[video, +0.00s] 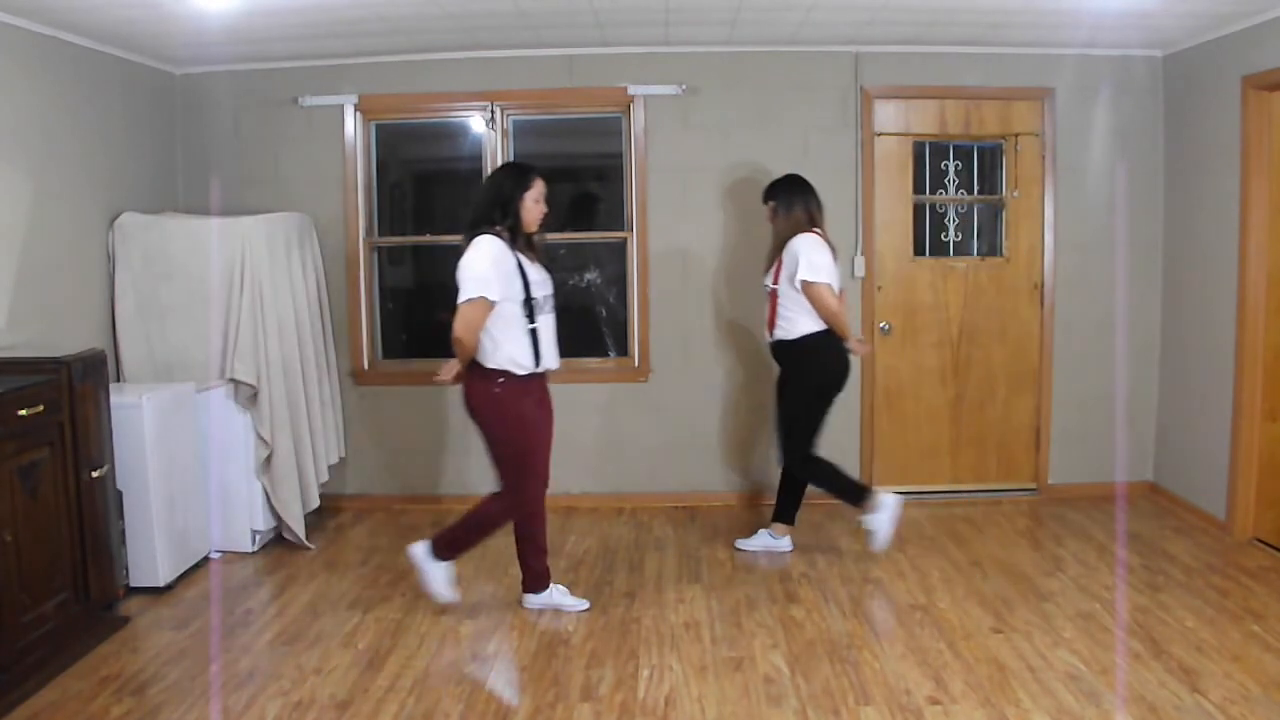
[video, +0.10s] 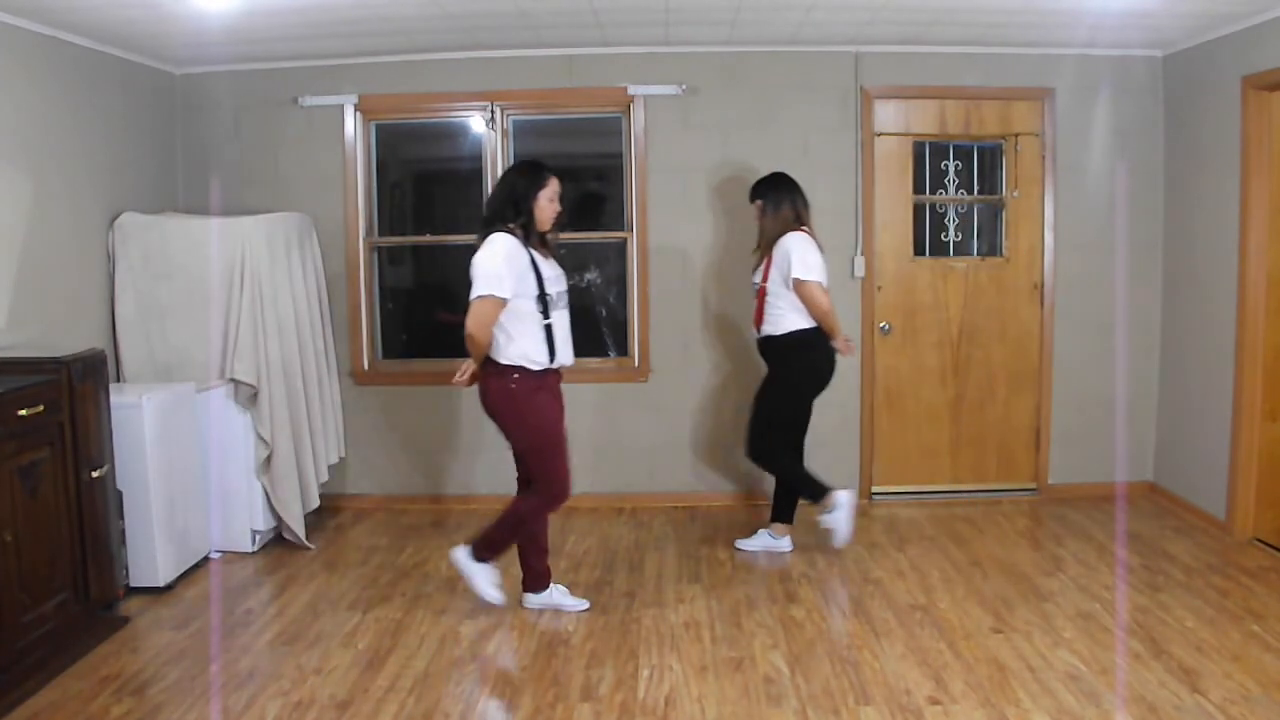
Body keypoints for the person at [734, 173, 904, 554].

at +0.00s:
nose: (769, 219)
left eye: (773, 211)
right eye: (769, 212)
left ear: (790, 209)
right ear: (804, 208)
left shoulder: (805, 244)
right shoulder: (808, 244)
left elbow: (821, 296)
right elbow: (837, 294)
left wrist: (847, 337)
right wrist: (844, 335)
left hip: (811, 355)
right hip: (807, 355)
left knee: (797, 453)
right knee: (796, 451)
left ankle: (874, 504)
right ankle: (779, 530)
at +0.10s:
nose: (757, 217)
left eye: (761, 209)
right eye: (756, 210)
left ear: (778, 207)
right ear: (788, 205)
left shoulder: (794, 242)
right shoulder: (783, 245)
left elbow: (811, 293)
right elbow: (806, 295)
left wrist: (836, 334)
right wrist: (835, 334)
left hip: (799, 352)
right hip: (792, 351)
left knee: (762, 445)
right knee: (787, 444)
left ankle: (830, 500)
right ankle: (779, 529)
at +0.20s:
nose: (744, 217)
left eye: (748, 209)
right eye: (743, 209)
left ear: (765, 207)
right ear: (775, 206)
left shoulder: (783, 242)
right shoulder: (772, 245)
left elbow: (801, 293)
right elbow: (795, 295)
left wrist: (825, 335)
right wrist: (824, 335)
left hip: (785, 352)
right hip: (782, 351)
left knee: (739, 439)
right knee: (782, 442)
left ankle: (799, 502)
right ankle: (778, 529)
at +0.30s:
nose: (731, 218)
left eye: (734, 209)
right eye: (730, 210)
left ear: (751, 208)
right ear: (761, 207)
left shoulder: (770, 243)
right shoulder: (762, 246)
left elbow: (791, 296)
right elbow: (786, 298)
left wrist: (812, 337)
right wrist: (812, 336)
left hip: (774, 353)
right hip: (771, 352)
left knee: (722, 437)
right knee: (777, 441)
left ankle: (778, 504)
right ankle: (776, 531)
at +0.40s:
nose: (720, 220)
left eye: (723, 211)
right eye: (719, 212)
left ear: (740, 209)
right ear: (750, 208)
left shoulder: (759, 244)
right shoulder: (752, 246)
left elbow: (777, 296)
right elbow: (775, 298)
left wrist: (801, 337)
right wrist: (800, 336)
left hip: (762, 353)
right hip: (759, 352)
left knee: (708, 436)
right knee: (769, 443)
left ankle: (750, 513)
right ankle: (778, 528)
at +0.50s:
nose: (707, 224)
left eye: (709, 215)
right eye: (705, 216)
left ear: (727, 212)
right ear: (733, 213)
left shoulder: (748, 247)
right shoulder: (734, 250)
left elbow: (764, 295)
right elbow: (756, 299)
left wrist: (787, 339)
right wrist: (783, 338)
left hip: (750, 357)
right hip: (743, 356)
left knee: (695, 439)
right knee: (760, 446)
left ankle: (705, 530)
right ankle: (777, 530)